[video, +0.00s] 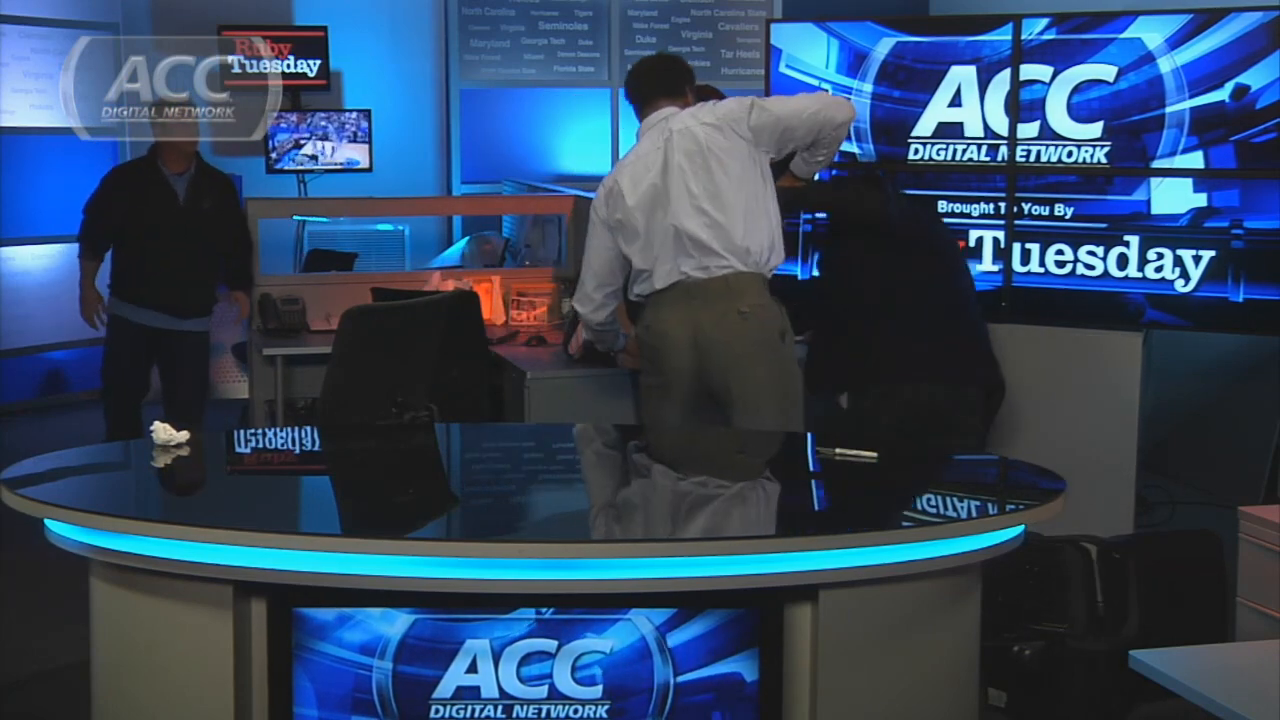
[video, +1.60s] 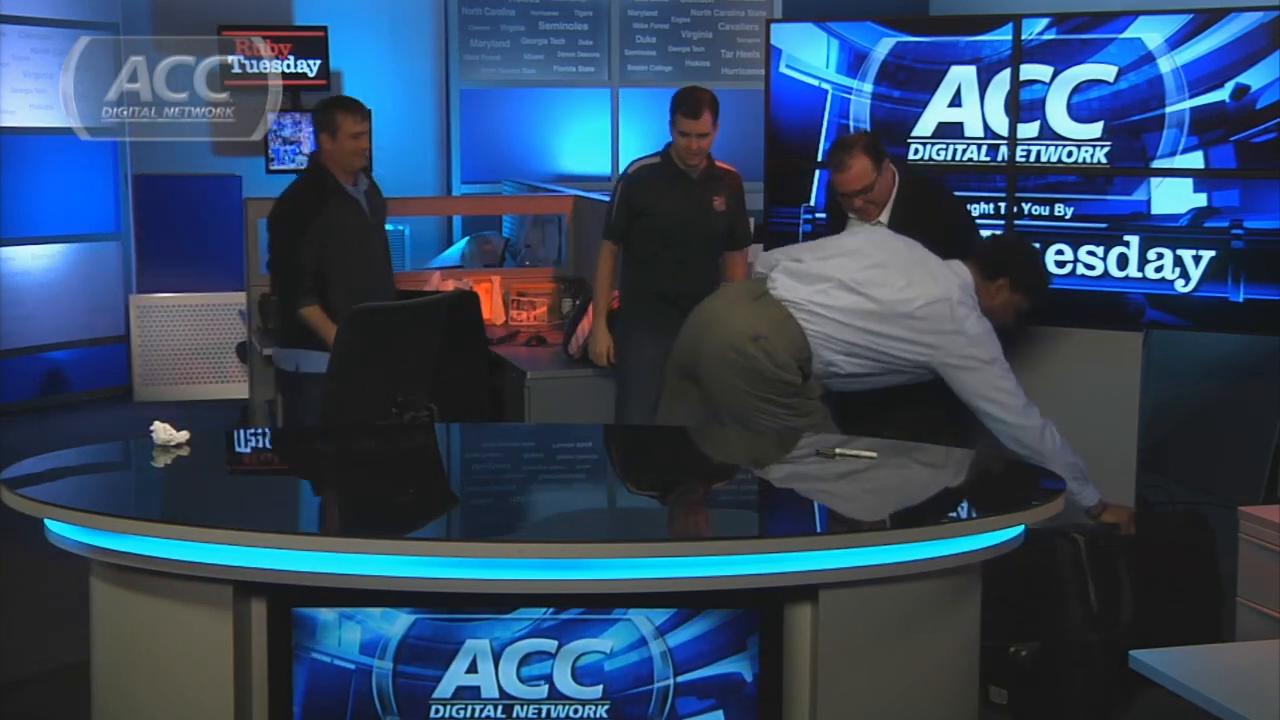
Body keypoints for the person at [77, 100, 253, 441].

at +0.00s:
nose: (186, 130)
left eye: (189, 122)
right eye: (176, 122)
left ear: (198, 130)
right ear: (158, 129)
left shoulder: (219, 186)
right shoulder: (124, 179)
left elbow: (237, 243)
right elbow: (94, 233)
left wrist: (239, 288)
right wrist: (87, 286)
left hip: (190, 322)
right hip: (130, 317)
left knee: (188, 414)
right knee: (121, 410)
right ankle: (120, 487)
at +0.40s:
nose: (190, 136)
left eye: (193, 126)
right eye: (179, 128)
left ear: (200, 132)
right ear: (158, 136)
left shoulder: (225, 186)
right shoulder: (130, 195)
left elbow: (246, 247)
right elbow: (110, 262)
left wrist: (255, 295)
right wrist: (126, 312)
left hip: (216, 338)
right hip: (153, 337)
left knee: (216, 432)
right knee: (149, 435)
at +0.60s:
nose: (212, 129)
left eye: (213, 121)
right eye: (201, 122)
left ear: (218, 128)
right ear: (179, 132)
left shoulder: (237, 183)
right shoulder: (151, 190)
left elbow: (252, 251)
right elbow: (140, 263)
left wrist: (257, 302)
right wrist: (180, 304)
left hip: (234, 336)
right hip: (171, 341)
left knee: (248, 433)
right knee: (157, 436)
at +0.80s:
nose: (244, 135)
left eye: (243, 127)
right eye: (233, 129)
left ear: (249, 133)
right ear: (209, 136)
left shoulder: (268, 192)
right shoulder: (186, 195)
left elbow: (272, 258)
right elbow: (176, 265)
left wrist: (281, 300)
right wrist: (222, 298)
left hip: (261, 345)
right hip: (201, 345)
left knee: (257, 446)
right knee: (192, 447)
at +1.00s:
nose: (281, 135)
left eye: (281, 126)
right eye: (271, 128)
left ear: (281, 130)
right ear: (245, 135)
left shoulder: (296, 188)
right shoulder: (212, 191)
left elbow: (311, 253)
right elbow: (207, 265)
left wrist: (325, 304)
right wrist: (251, 298)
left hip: (290, 340)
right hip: (234, 340)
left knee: (289, 439)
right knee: (244, 439)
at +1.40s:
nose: (333, 146)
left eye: (334, 136)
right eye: (323, 138)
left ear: (337, 136)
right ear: (294, 143)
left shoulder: (343, 195)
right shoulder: (263, 205)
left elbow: (349, 266)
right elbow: (258, 284)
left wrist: (362, 322)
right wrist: (297, 331)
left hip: (345, 354)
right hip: (290, 361)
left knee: (344, 463)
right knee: (296, 464)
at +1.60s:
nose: (366, 145)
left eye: (367, 135)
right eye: (355, 137)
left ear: (371, 135)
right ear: (325, 142)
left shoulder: (370, 194)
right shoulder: (296, 203)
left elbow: (374, 271)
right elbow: (298, 295)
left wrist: (389, 329)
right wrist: (348, 345)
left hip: (365, 353)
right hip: (313, 360)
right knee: (318, 463)